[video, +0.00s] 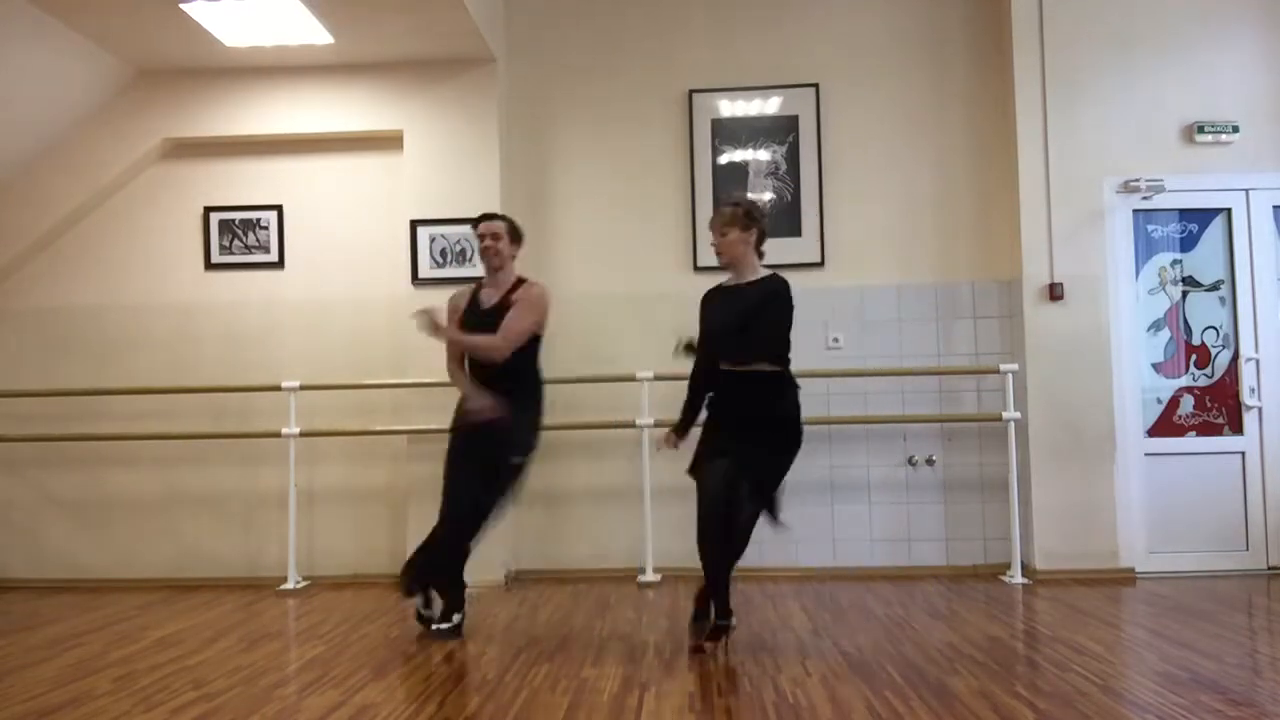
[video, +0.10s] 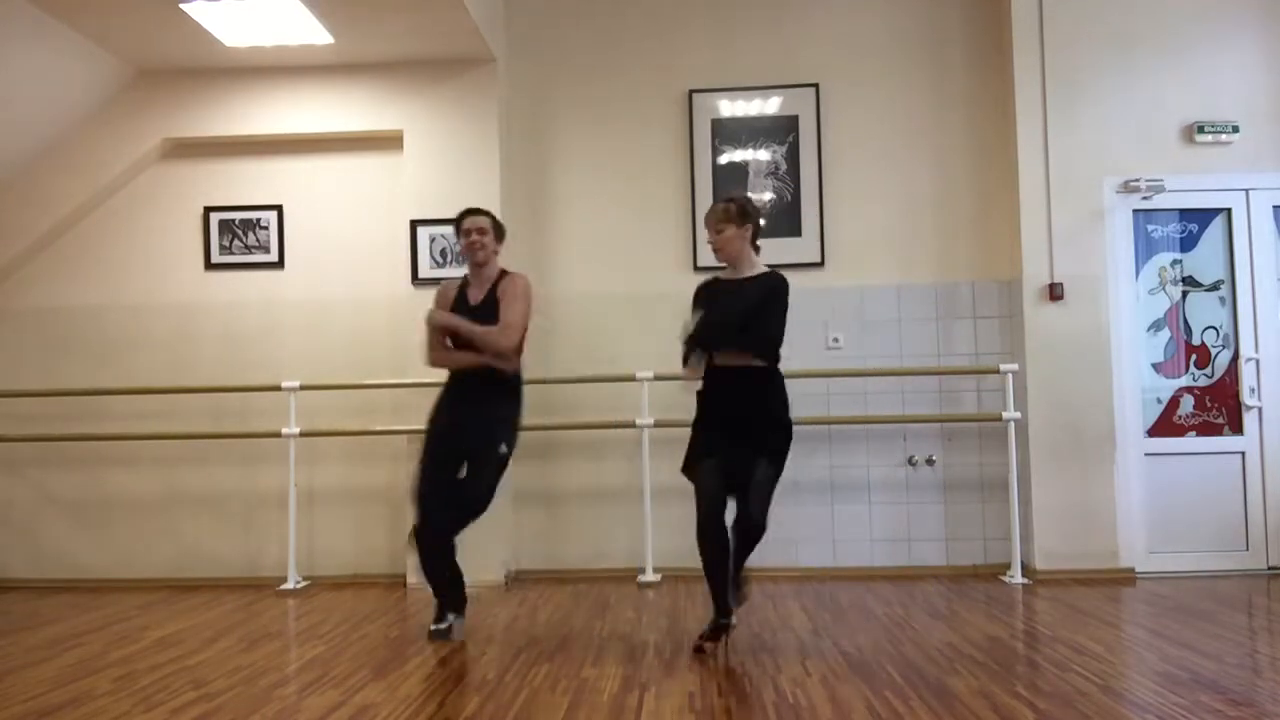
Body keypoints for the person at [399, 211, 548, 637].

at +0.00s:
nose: (488, 244)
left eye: (496, 238)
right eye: (482, 239)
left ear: (515, 246)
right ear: (475, 247)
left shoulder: (532, 295)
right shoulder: (462, 300)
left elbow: (501, 346)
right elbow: (455, 361)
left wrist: (445, 332)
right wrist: (470, 391)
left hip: (517, 412)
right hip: (474, 408)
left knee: (476, 506)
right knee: (456, 506)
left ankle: (421, 573)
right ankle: (451, 602)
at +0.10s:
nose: (474, 240)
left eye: (482, 233)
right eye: (467, 235)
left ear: (498, 241)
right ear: (459, 244)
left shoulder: (515, 285)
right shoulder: (449, 293)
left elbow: (506, 341)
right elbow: (436, 355)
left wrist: (449, 323)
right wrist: (487, 357)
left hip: (498, 400)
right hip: (456, 398)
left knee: (476, 496)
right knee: (431, 504)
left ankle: (428, 530)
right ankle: (450, 602)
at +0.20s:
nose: (464, 242)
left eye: (472, 235)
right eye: (457, 237)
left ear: (488, 242)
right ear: (449, 245)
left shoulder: (505, 285)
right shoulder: (440, 292)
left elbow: (538, 331)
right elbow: (406, 346)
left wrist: (477, 328)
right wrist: (449, 357)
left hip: (490, 401)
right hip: (446, 397)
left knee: (490, 488)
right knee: (407, 481)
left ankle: (457, 514)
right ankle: (425, 583)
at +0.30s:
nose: (453, 251)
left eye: (461, 244)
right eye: (446, 245)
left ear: (476, 252)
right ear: (436, 255)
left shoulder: (497, 298)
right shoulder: (422, 306)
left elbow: (547, 332)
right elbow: (388, 357)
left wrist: (560, 367)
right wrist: (344, 392)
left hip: (480, 422)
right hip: (430, 421)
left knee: (519, 493)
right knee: (370, 497)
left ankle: (496, 586)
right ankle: (361, 599)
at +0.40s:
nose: (444, 273)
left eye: (453, 266)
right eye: (437, 266)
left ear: (468, 275)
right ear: (428, 275)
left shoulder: (489, 332)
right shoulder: (409, 331)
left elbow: (538, 380)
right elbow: (362, 380)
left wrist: (594, 408)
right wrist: (309, 410)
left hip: (473, 448)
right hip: (417, 446)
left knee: (525, 513)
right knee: (345, 512)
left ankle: (508, 610)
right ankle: (343, 613)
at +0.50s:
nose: (437, 278)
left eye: (445, 270)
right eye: (430, 271)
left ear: (461, 279)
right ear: (421, 281)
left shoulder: (482, 337)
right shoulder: (403, 334)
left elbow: (533, 388)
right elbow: (358, 380)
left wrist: (584, 421)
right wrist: (306, 410)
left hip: (466, 450)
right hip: (411, 449)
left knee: (519, 513)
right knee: (338, 511)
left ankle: (505, 608)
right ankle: (343, 614)